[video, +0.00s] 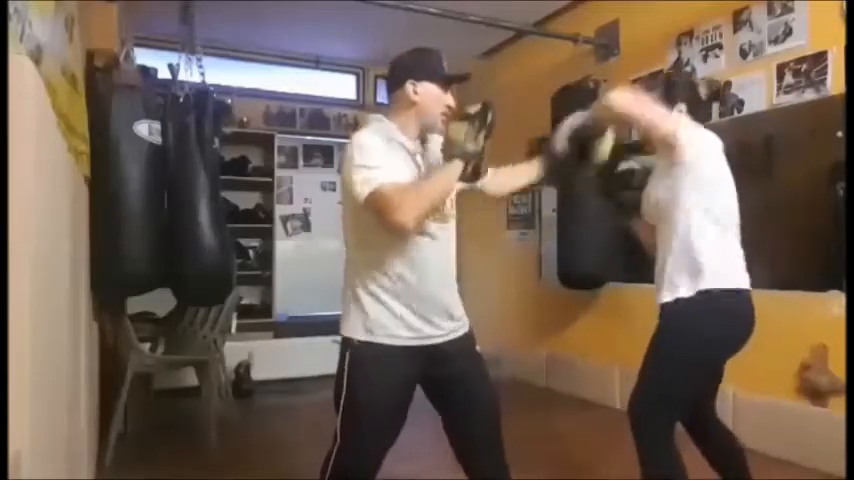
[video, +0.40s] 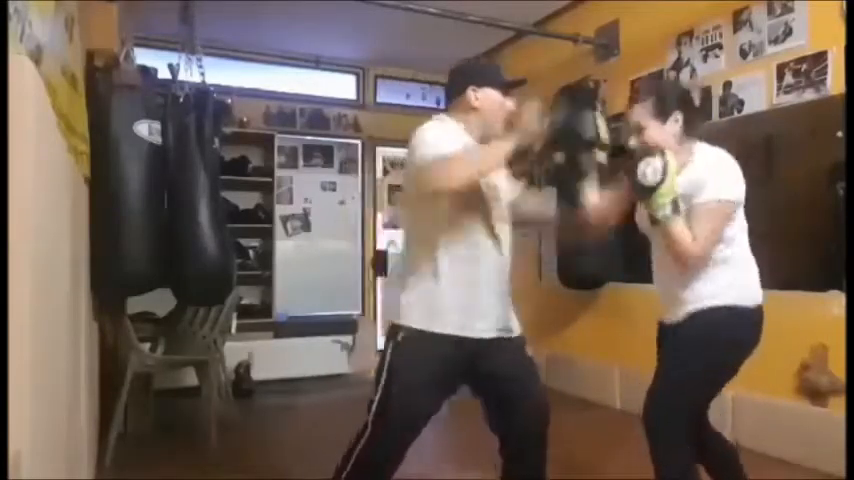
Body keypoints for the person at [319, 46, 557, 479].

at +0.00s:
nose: (452, 102)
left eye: (451, 91)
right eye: (443, 89)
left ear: (419, 93)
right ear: (412, 90)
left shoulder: (439, 146)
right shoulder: (368, 144)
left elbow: (495, 181)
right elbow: (401, 213)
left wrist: (555, 161)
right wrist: (459, 161)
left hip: (448, 334)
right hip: (380, 340)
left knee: (487, 456)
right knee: (355, 462)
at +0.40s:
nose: (511, 105)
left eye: (511, 95)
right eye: (503, 94)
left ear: (474, 99)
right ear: (474, 97)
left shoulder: (489, 158)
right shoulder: (434, 135)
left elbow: (520, 203)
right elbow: (445, 178)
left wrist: (582, 206)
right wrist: (514, 139)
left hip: (493, 329)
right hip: (430, 329)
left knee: (528, 422)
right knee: (382, 444)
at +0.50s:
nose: (536, 105)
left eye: (536, 95)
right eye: (529, 94)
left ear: (505, 96)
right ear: (498, 94)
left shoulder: (536, 143)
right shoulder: (447, 138)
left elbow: (593, 143)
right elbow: (385, 180)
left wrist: (646, 141)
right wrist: (405, 215)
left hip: (510, 321)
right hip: (442, 319)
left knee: (535, 425)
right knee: (405, 428)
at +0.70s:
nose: (532, 121)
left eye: (533, 111)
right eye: (523, 110)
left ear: (533, 108)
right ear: (490, 106)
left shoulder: (542, 138)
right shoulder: (442, 155)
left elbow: (606, 149)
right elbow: (413, 218)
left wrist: (621, 172)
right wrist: (459, 239)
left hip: (528, 317)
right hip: (456, 316)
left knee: (545, 418)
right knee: (444, 424)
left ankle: (535, 479)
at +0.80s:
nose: (519, 125)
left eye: (521, 113)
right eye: (507, 116)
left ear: (525, 111)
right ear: (474, 119)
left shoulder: (538, 144)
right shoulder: (441, 164)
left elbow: (568, 205)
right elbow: (430, 223)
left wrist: (520, 253)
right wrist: (476, 241)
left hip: (531, 321)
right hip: (460, 317)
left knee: (551, 429)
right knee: (442, 430)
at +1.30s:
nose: (559, 118)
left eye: (560, 107)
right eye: (551, 105)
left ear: (529, 106)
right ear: (518, 103)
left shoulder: (550, 147)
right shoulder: (463, 154)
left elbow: (570, 216)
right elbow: (407, 212)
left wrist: (566, 213)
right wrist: (424, 266)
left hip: (536, 316)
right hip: (473, 315)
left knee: (551, 423)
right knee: (460, 425)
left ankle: (534, 477)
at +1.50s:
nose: (560, 120)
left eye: (561, 113)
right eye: (557, 110)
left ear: (525, 101)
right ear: (534, 99)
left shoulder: (521, 139)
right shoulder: (502, 125)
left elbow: (558, 174)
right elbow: (572, 143)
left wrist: (591, 155)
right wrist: (637, 170)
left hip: (509, 307)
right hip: (472, 304)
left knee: (533, 407)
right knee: (445, 428)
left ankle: (529, 477)